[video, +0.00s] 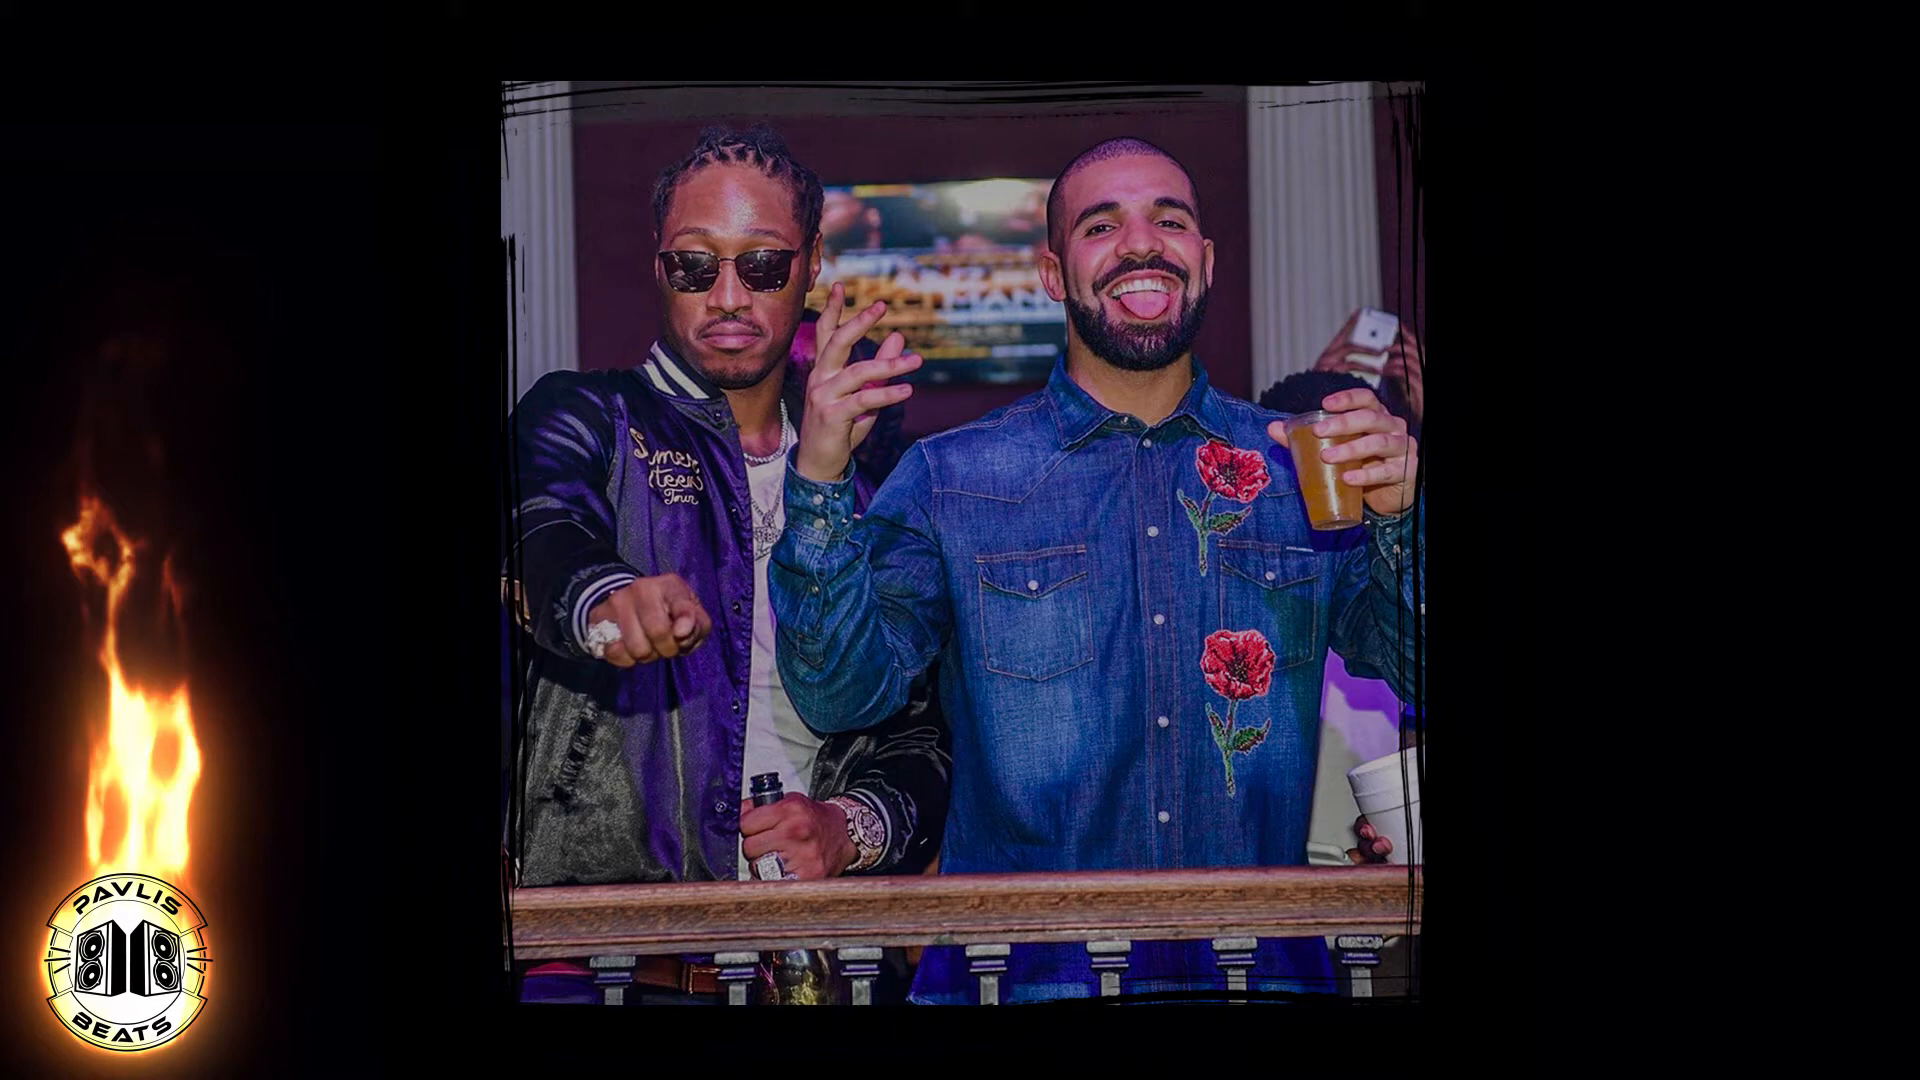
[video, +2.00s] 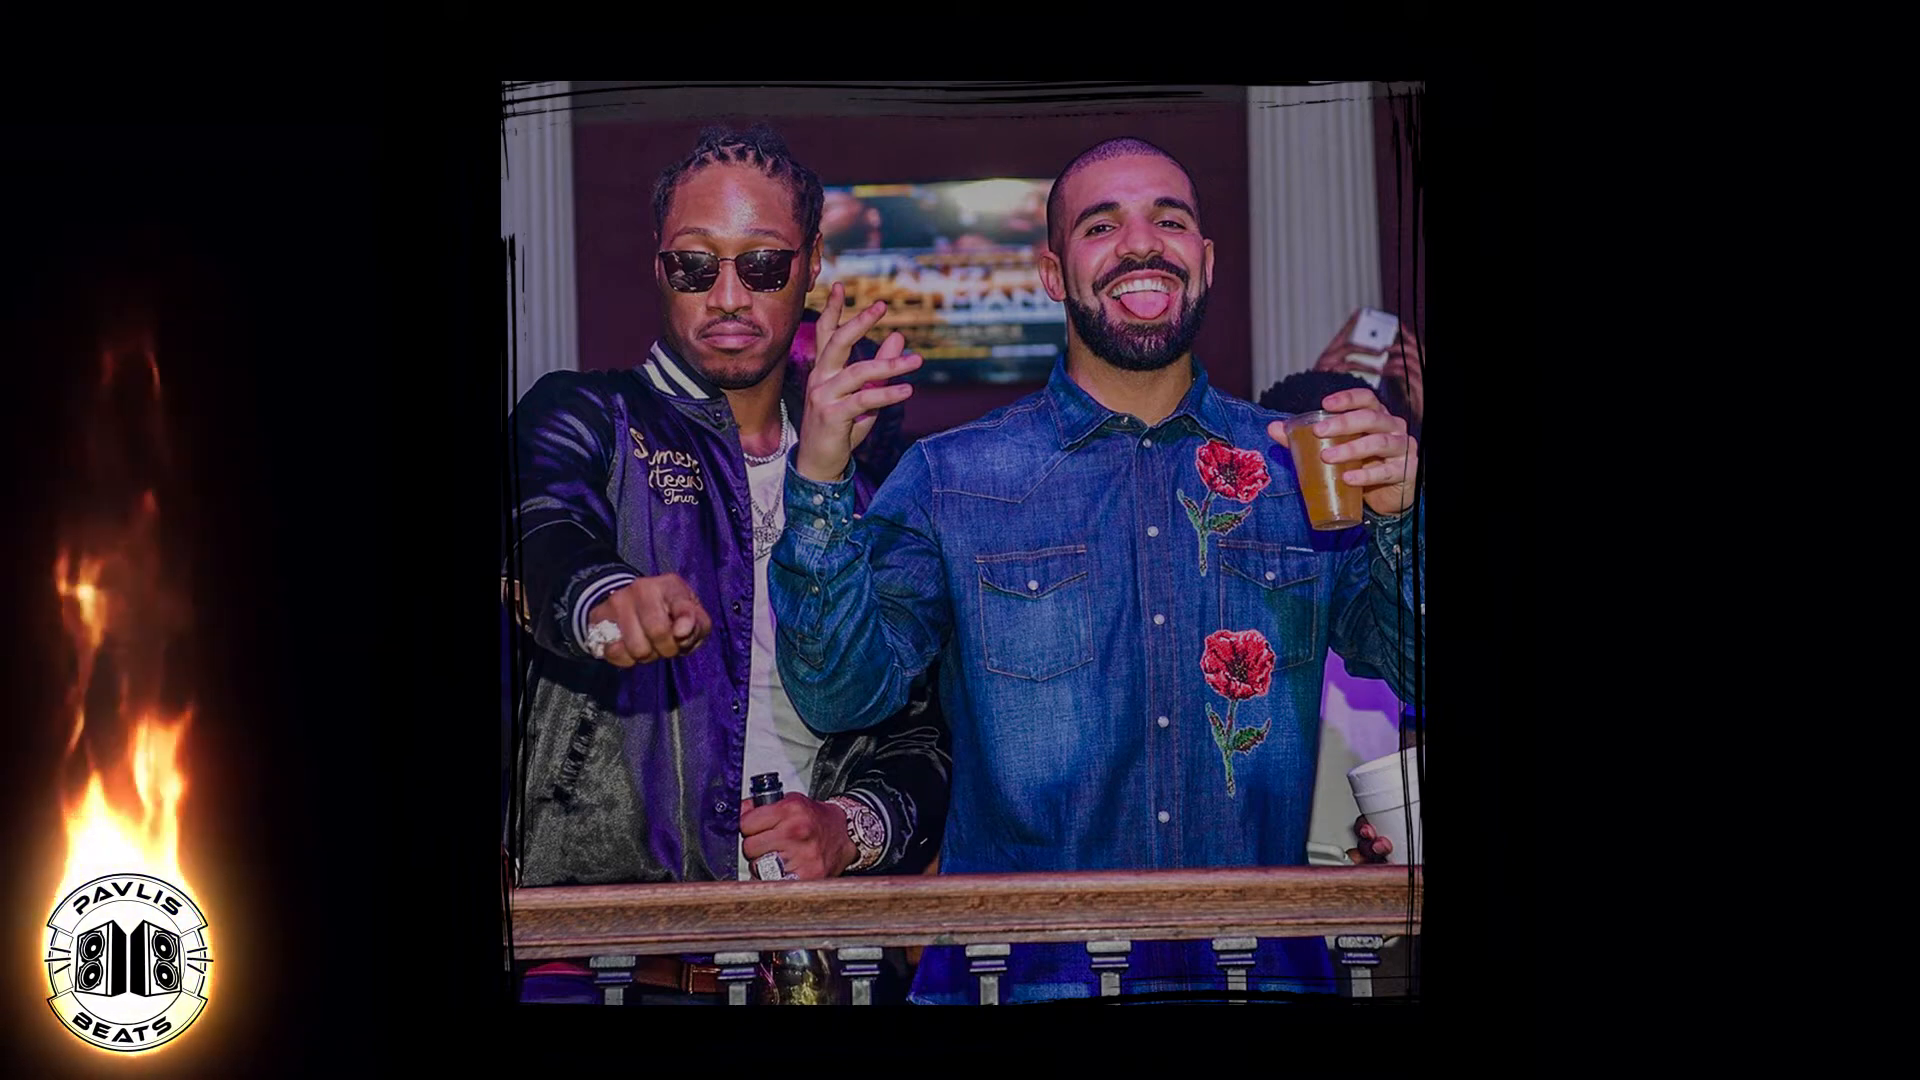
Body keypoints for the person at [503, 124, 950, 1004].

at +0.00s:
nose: (729, 296)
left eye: (763, 266)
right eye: (694, 266)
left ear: (811, 274)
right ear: (658, 274)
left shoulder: (876, 458)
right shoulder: (581, 411)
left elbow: (925, 724)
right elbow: (541, 526)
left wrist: (858, 826)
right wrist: (603, 596)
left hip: (827, 944)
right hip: (606, 944)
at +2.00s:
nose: (729, 296)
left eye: (763, 266)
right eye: (694, 266)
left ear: (811, 274)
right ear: (658, 274)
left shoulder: (876, 458)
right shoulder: (581, 411)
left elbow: (925, 724)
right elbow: (541, 526)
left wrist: (858, 825)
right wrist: (603, 596)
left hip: (827, 943)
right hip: (606, 943)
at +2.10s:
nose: (729, 296)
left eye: (763, 266)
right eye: (694, 266)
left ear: (811, 274)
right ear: (658, 274)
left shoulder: (876, 458)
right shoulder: (581, 411)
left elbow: (925, 724)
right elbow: (541, 526)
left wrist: (858, 825)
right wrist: (604, 596)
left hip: (827, 943)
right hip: (606, 943)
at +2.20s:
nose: (729, 296)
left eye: (764, 266)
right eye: (694, 266)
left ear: (811, 274)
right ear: (658, 273)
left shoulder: (879, 459)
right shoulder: (581, 411)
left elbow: (926, 724)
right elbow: (540, 526)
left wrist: (857, 825)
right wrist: (603, 596)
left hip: (827, 942)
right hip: (605, 942)